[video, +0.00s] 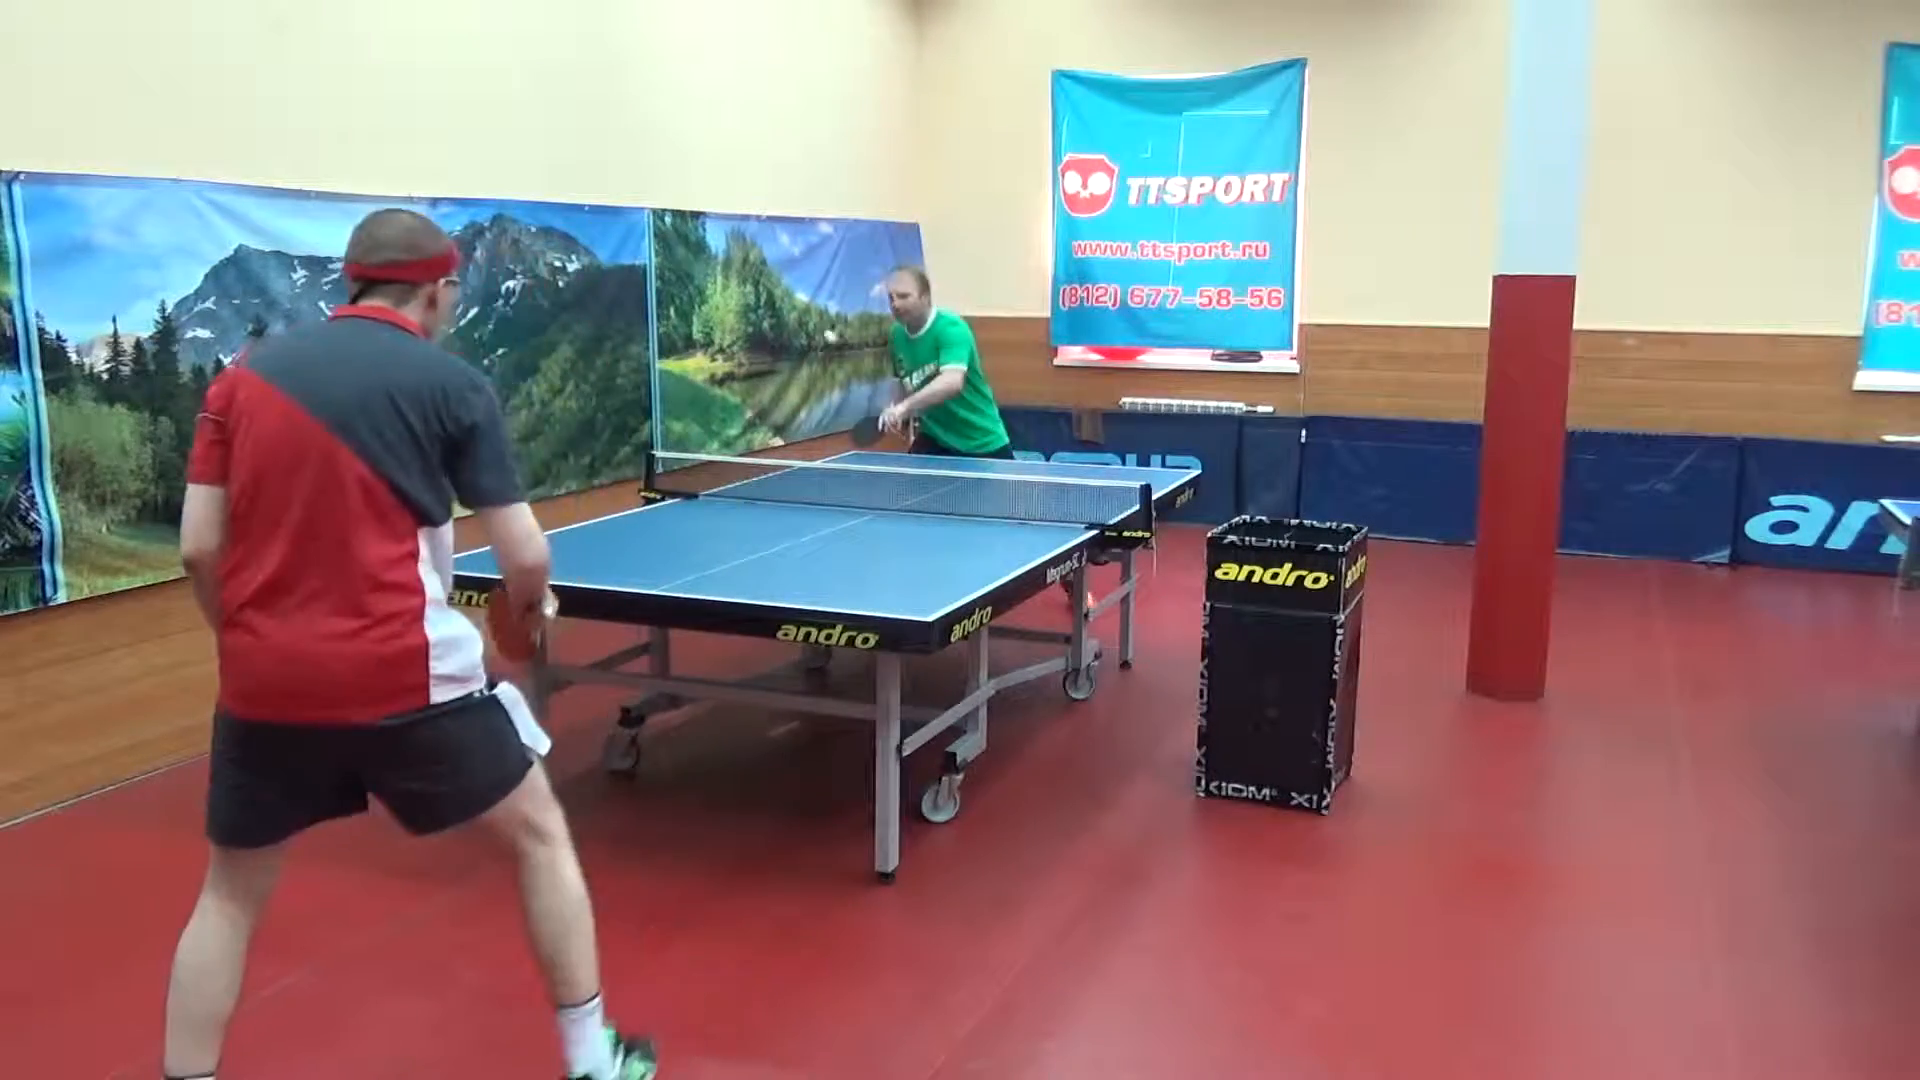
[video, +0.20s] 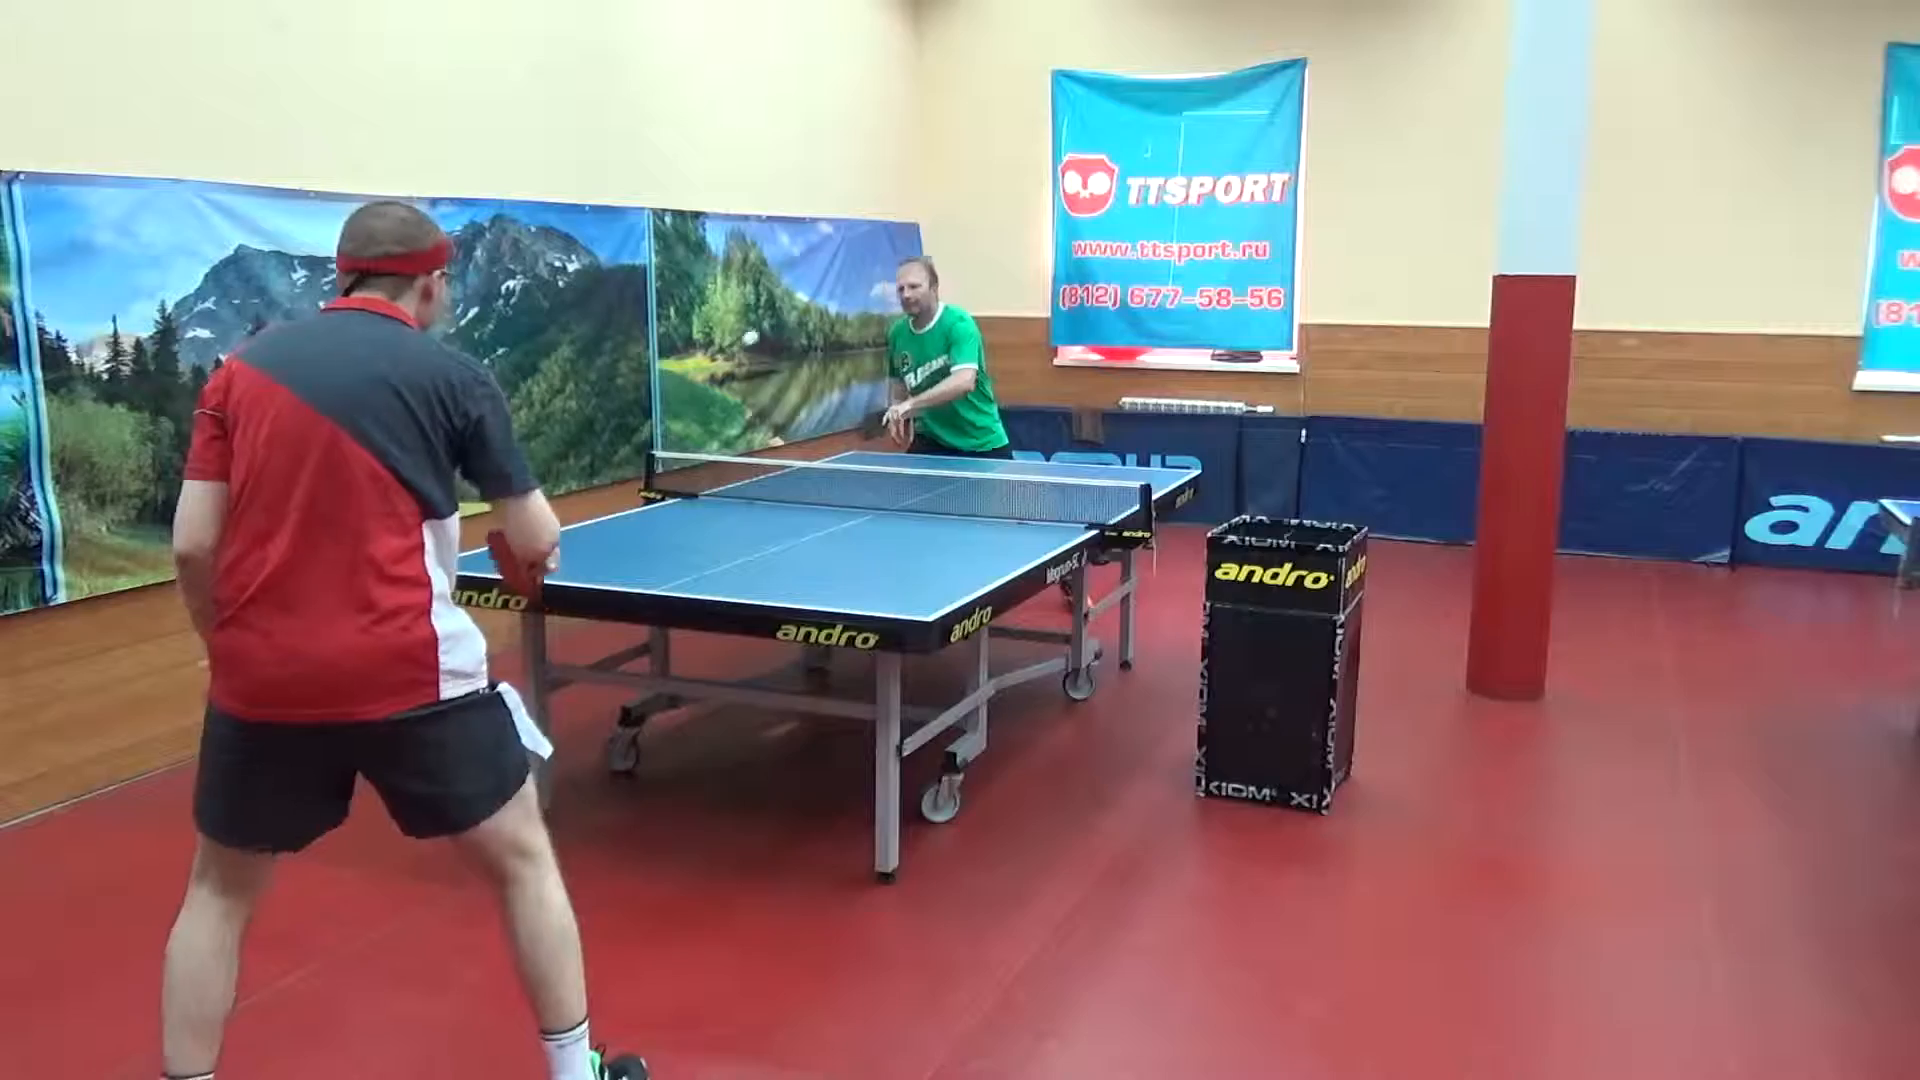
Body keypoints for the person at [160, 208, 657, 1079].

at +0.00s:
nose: (451, 309)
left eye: (450, 293)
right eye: (451, 293)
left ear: (352, 285)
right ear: (431, 293)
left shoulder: (248, 368)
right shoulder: (448, 382)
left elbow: (199, 546)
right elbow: (527, 560)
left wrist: (246, 642)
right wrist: (518, 621)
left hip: (263, 683)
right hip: (406, 677)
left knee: (228, 894)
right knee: (537, 834)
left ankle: (185, 1074)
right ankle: (592, 1058)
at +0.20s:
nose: (445, 300)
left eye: (443, 285)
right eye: (444, 284)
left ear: (344, 278)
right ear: (427, 284)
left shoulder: (244, 364)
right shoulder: (448, 374)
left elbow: (192, 544)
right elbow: (534, 536)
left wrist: (225, 646)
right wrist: (520, 568)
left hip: (262, 680)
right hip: (411, 672)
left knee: (219, 890)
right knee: (522, 861)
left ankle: (185, 1076)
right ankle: (577, 1068)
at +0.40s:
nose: (406, 304)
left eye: (402, 290)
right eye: (404, 291)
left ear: (301, 283)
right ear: (389, 288)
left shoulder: (203, 372)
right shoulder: (416, 382)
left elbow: (158, 555)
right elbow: (510, 525)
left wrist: (182, 665)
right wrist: (486, 473)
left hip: (234, 685)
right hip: (386, 676)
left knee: (192, 895)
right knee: (503, 819)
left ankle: (172, 1075)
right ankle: (543, 1048)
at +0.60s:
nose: (411, 298)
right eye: (411, 287)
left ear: (313, 280)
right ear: (402, 285)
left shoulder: (238, 364)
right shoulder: (442, 368)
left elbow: (190, 544)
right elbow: (513, 510)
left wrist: (175, 660)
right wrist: (431, 516)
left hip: (293, 661)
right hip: (436, 650)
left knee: (220, 877)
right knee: (497, 807)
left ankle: (184, 1071)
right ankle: (534, 1003)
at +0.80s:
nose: (431, 283)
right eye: (431, 273)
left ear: (335, 272)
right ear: (425, 272)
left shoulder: (283, 357)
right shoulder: (473, 347)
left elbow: (250, 536)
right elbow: (549, 467)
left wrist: (226, 650)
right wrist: (457, 470)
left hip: (345, 639)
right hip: (483, 631)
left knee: (270, 866)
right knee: (514, 790)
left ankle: (229, 1070)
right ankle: (536, 995)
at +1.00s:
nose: (386, 260)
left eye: (380, 250)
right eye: (384, 249)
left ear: (291, 258)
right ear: (375, 250)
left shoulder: (254, 367)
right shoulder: (444, 309)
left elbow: (255, 554)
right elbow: (597, 328)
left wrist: (270, 648)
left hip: (339, 631)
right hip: (477, 616)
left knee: (265, 855)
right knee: (515, 796)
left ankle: (227, 1070)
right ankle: (538, 995)